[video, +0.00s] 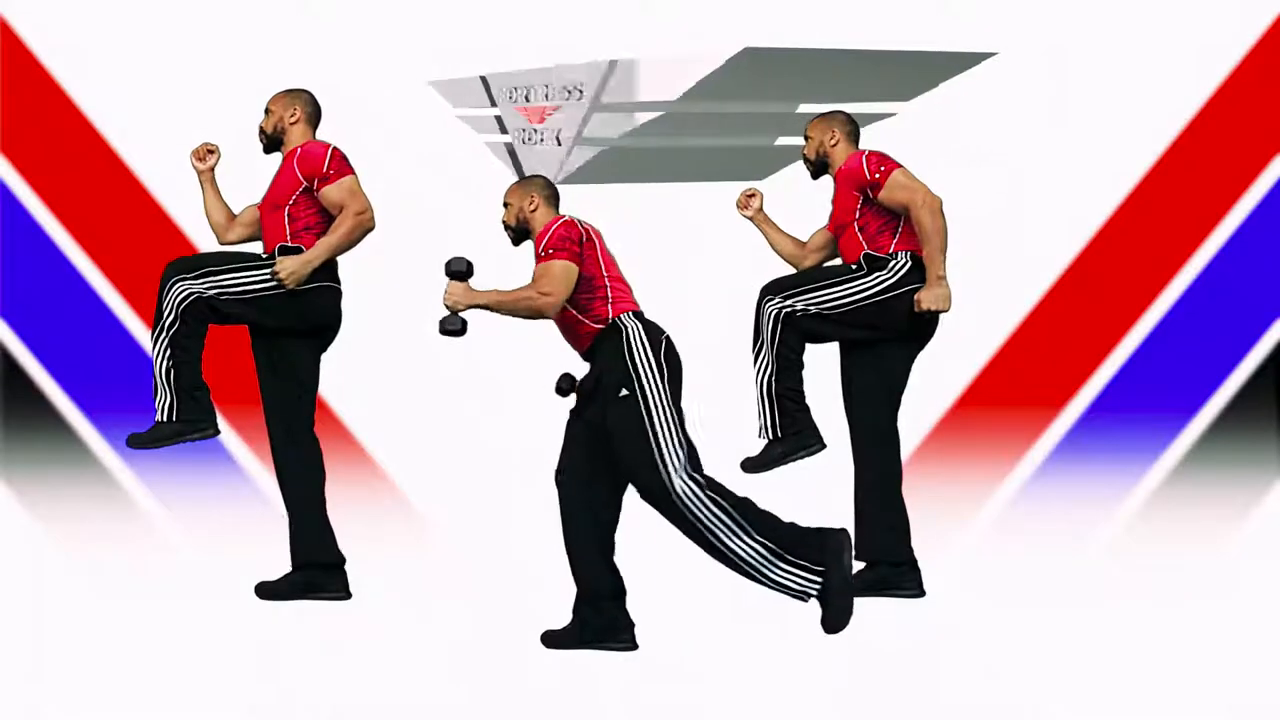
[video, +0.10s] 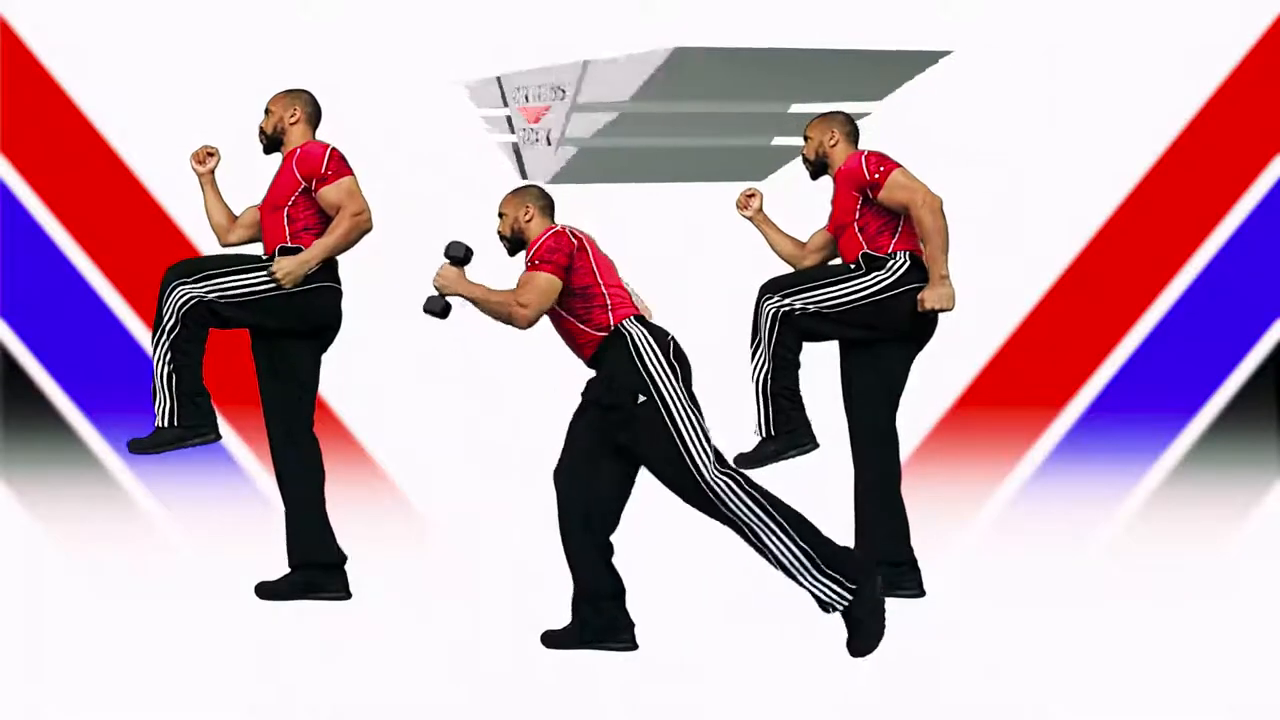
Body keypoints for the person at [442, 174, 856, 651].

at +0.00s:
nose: (503, 215)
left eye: (507, 205)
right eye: (503, 207)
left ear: (532, 202)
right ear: (536, 204)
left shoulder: (559, 229)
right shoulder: (562, 245)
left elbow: (547, 297)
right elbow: (602, 318)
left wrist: (475, 298)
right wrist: (591, 376)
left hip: (630, 349)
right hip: (606, 366)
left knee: (673, 484)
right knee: (580, 489)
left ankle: (819, 561)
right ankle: (602, 622)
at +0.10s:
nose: (498, 227)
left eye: (503, 217)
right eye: (498, 220)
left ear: (529, 211)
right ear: (533, 218)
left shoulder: (555, 240)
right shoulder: (563, 252)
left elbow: (523, 308)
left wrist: (461, 287)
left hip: (640, 355)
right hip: (613, 373)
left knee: (707, 479)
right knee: (578, 490)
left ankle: (848, 585)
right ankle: (602, 621)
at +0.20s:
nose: (497, 236)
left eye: (504, 225)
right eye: (498, 228)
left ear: (531, 220)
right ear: (535, 228)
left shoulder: (552, 251)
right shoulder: (569, 258)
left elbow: (512, 320)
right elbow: (647, 305)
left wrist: (457, 283)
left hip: (648, 360)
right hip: (622, 379)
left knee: (718, 480)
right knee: (578, 486)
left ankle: (859, 597)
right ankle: (602, 621)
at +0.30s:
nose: (499, 243)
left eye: (504, 232)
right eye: (499, 235)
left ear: (532, 227)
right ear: (540, 232)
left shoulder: (555, 258)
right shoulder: (571, 265)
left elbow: (512, 330)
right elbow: (652, 304)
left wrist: (462, 293)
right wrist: (654, 373)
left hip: (654, 368)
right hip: (628, 385)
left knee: (732, 487)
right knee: (578, 487)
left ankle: (873, 598)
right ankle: (602, 624)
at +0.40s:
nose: (501, 247)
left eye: (507, 236)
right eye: (501, 240)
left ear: (534, 232)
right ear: (540, 237)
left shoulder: (556, 264)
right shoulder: (573, 269)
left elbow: (515, 338)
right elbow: (656, 307)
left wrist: (465, 300)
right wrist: (650, 376)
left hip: (656, 371)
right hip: (630, 389)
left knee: (733, 493)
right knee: (579, 486)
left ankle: (877, 607)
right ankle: (602, 622)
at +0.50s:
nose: (501, 250)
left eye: (506, 239)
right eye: (501, 243)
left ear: (534, 235)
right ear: (539, 240)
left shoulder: (555, 267)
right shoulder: (574, 272)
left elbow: (515, 343)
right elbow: (656, 309)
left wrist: (465, 302)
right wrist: (648, 378)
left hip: (657, 375)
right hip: (630, 392)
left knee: (733, 494)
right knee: (579, 485)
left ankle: (881, 606)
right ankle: (601, 622)